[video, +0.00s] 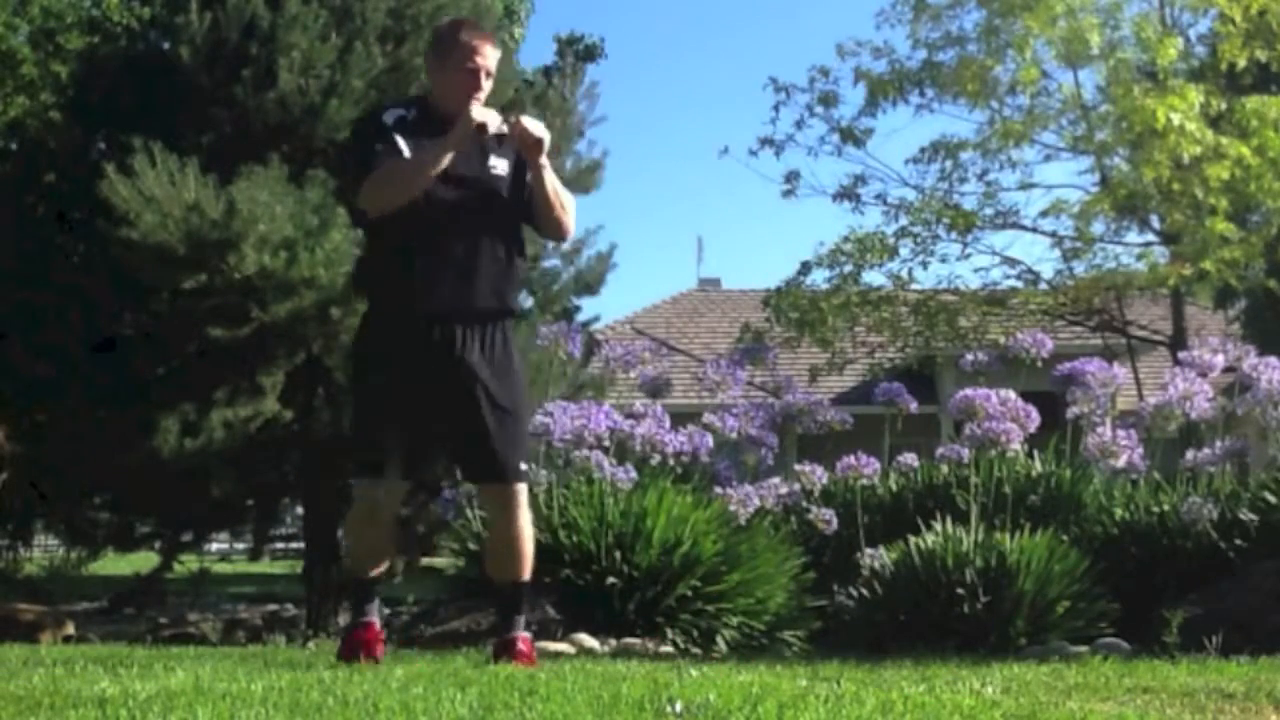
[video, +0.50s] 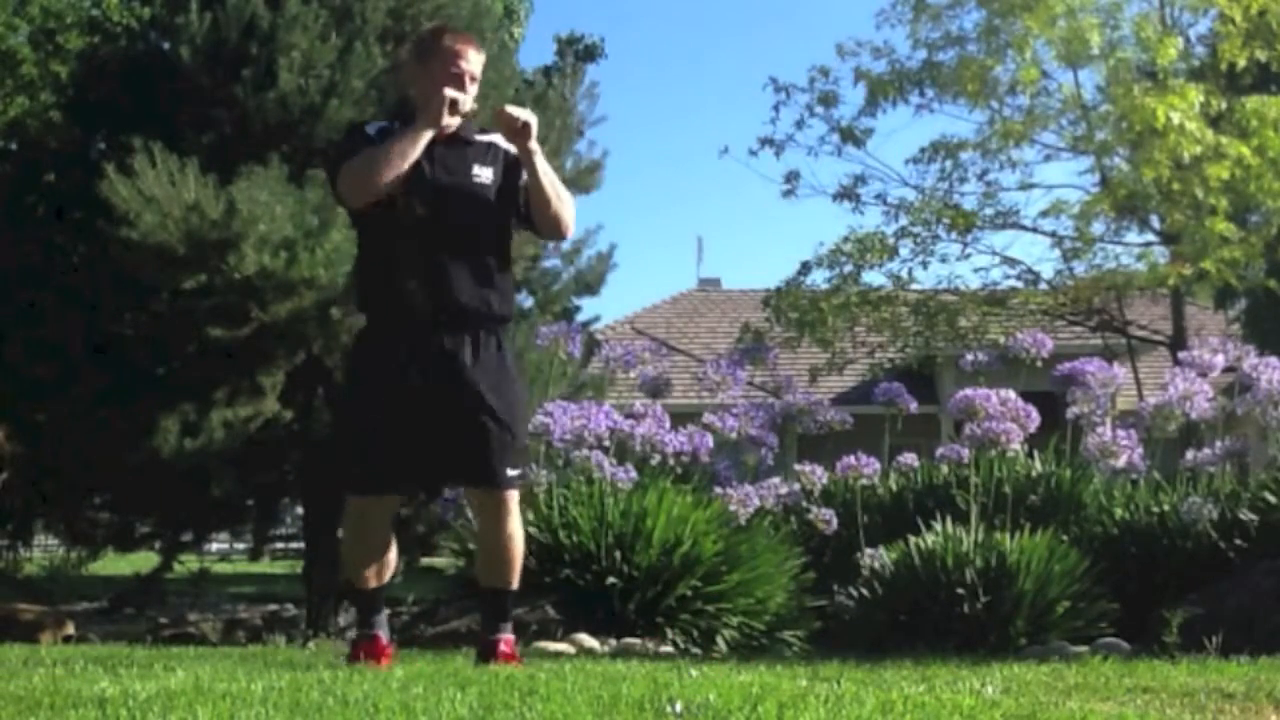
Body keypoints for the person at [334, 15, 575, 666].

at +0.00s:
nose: (476, 81)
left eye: (486, 74)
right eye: (466, 68)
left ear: (496, 82)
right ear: (432, 64)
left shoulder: (511, 144)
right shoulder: (390, 127)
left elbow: (561, 228)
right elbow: (372, 200)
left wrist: (537, 161)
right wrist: (453, 139)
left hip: (487, 334)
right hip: (401, 332)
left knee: (507, 488)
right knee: (380, 490)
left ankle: (513, 633)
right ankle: (364, 620)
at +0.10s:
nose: (456, 102)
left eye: (465, 95)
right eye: (444, 89)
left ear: (472, 107)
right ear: (404, 91)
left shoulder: (494, 173)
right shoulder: (363, 156)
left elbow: (548, 240)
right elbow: (365, 208)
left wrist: (523, 164)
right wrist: (440, 141)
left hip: (475, 360)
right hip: (386, 359)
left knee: (511, 493)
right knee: (371, 504)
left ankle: (505, 634)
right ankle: (353, 638)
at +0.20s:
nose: (445, 105)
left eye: (454, 97)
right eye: (433, 92)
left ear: (461, 107)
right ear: (394, 93)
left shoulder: (484, 172)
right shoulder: (354, 162)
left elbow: (540, 237)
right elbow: (364, 213)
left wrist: (513, 158)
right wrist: (430, 141)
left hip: (470, 368)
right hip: (382, 369)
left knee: (508, 494)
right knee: (366, 515)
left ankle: (498, 632)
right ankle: (352, 642)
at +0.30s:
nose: (450, 77)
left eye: (459, 70)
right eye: (438, 64)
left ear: (466, 80)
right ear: (399, 65)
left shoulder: (485, 142)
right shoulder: (359, 130)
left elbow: (540, 215)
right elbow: (360, 195)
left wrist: (515, 139)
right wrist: (433, 124)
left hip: (473, 335)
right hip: (385, 336)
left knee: (497, 480)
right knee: (366, 494)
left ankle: (489, 626)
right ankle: (352, 634)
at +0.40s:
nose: (457, 69)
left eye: (466, 61)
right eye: (445, 56)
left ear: (473, 70)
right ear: (405, 57)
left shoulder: (493, 131)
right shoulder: (366, 120)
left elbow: (546, 210)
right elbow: (350, 185)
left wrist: (522, 141)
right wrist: (431, 119)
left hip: (474, 322)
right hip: (388, 322)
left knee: (492, 475)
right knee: (365, 482)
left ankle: (492, 626)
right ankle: (358, 628)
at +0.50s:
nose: (462, 87)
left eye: (472, 80)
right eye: (451, 72)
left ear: (478, 92)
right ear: (412, 70)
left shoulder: (501, 156)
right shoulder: (373, 141)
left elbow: (560, 225)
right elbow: (355, 190)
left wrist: (532, 149)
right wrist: (427, 127)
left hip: (481, 348)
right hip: (392, 345)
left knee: (500, 497)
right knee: (369, 502)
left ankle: (498, 635)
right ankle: (372, 633)